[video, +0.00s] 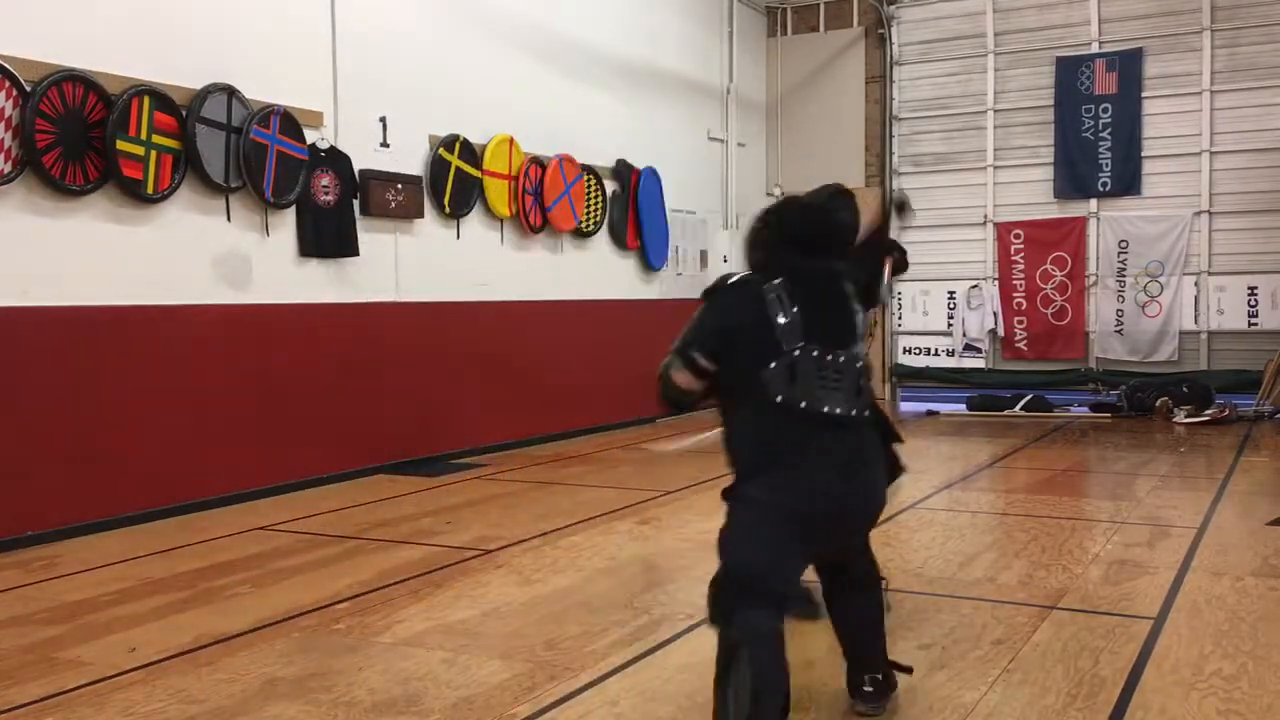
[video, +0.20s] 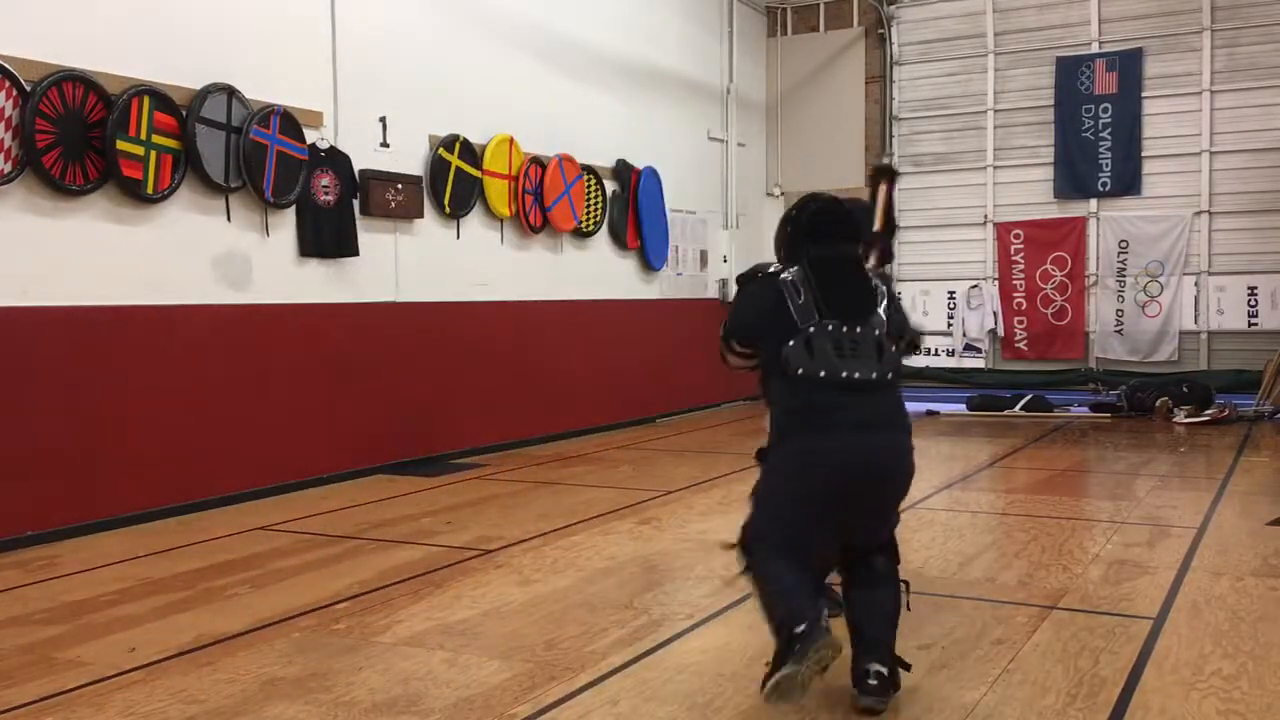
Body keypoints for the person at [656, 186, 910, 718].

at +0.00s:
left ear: (759, 246)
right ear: (817, 247)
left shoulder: (734, 299)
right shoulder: (842, 288)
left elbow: (678, 384)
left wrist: (738, 374)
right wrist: (818, 207)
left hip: (775, 478)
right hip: (857, 471)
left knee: (749, 601)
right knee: (847, 557)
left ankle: (755, 705)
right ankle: (871, 679)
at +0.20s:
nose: (779, 245)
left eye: (783, 237)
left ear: (792, 242)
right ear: (852, 242)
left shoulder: (772, 290)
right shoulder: (880, 292)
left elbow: (739, 354)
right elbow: (901, 342)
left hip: (809, 453)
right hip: (886, 450)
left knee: (770, 541)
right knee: (872, 546)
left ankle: (803, 628)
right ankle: (875, 665)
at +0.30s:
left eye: (779, 231)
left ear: (784, 236)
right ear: (845, 232)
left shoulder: (771, 281)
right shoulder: (874, 270)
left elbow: (743, 335)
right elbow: (931, 296)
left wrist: (749, 280)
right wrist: (892, 252)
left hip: (812, 433)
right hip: (888, 431)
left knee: (782, 504)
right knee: (877, 536)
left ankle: (799, 616)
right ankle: (882, 653)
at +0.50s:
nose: (839, 223)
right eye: (833, 217)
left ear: (777, 235)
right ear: (830, 225)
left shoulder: (769, 280)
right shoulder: (857, 267)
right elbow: (918, 289)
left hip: (801, 419)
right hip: (864, 415)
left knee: (787, 508)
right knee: (887, 496)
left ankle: (779, 607)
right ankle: (892, 578)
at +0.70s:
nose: (904, 256)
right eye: (901, 247)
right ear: (852, 230)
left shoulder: (817, 277)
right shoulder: (862, 260)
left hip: (800, 399)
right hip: (850, 402)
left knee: (796, 491)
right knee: (895, 472)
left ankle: (754, 550)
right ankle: (878, 565)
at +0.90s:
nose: (875, 234)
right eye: (870, 229)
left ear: (828, 242)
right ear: (863, 236)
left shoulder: (821, 273)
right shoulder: (880, 268)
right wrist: (900, 245)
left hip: (813, 388)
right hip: (861, 393)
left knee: (805, 449)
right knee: (909, 470)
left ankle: (759, 512)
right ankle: (884, 556)